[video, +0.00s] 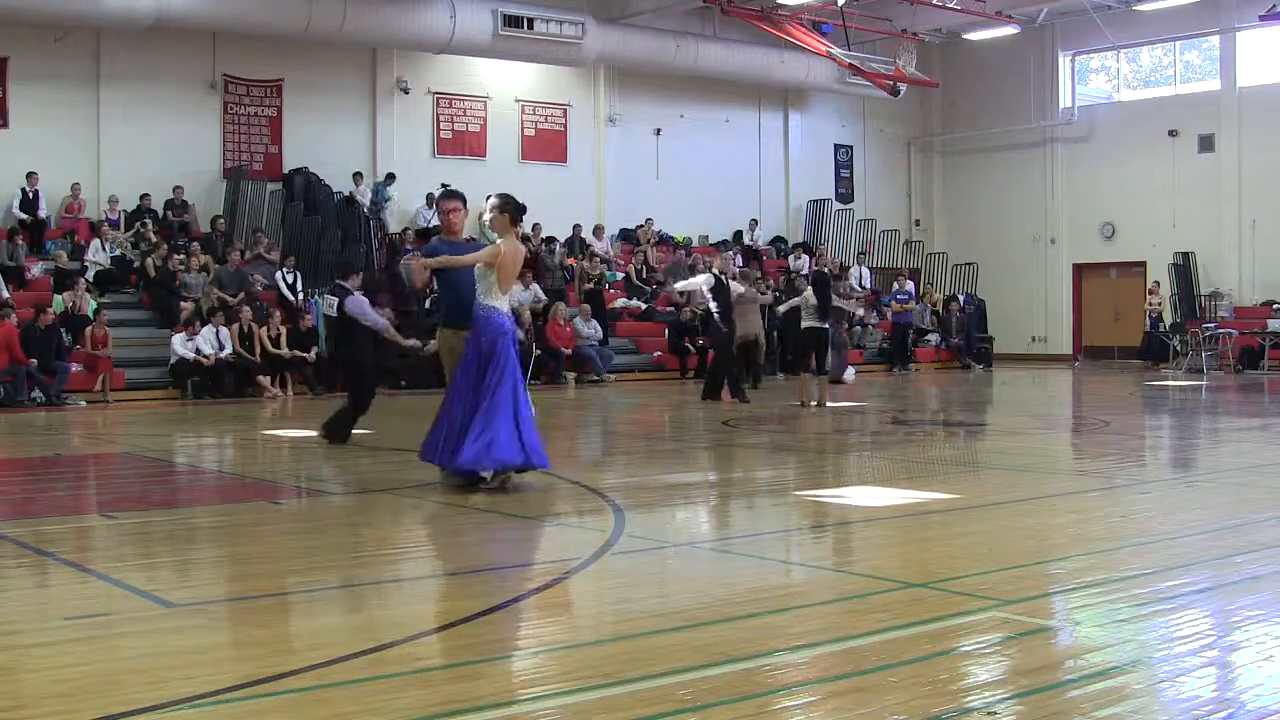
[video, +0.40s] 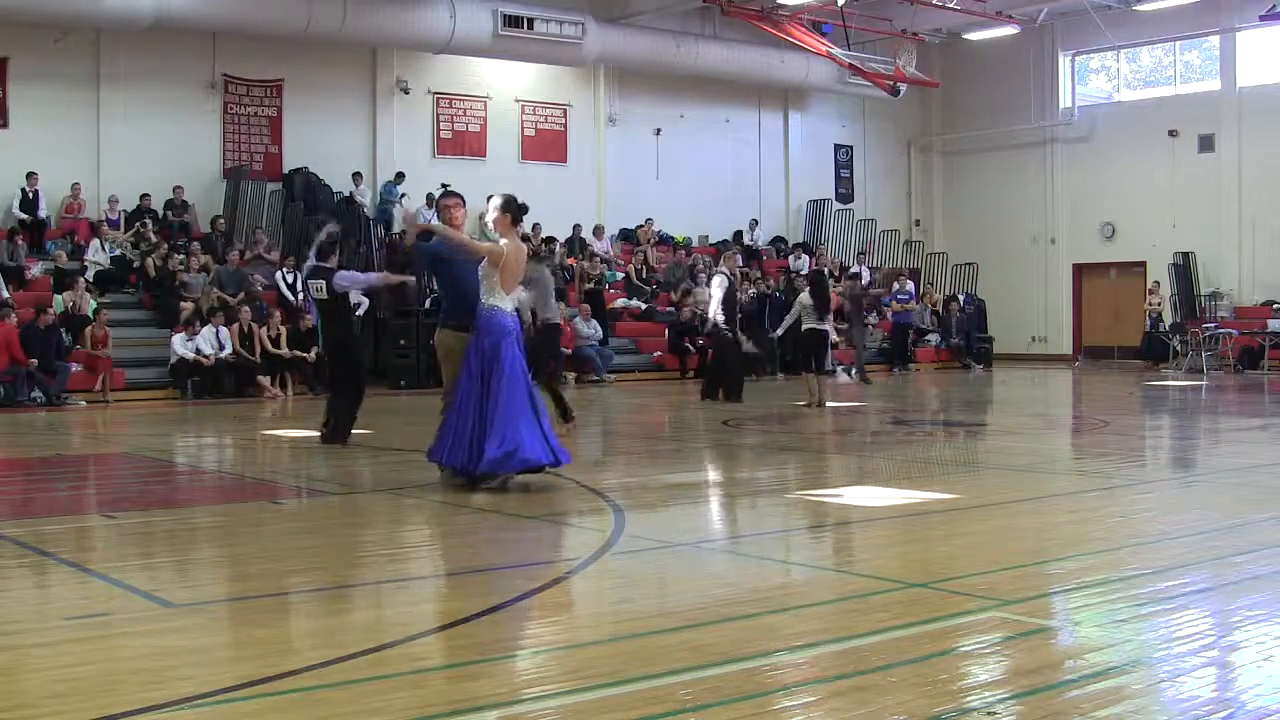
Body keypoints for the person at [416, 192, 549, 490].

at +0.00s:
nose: (485, 216)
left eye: (490, 212)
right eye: (486, 211)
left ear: (505, 217)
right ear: (511, 218)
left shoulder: (498, 249)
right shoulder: (519, 249)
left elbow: (458, 260)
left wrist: (426, 262)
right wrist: (435, 260)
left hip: (488, 324)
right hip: (503, 323)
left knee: (484, 392)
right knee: (498, 391)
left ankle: (493, 458)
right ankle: (500, 456)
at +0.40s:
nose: (486, 216)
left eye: (490, 211)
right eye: (488, 211)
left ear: (505, 216)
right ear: (511, 218)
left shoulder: (499, 249)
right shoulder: (521, 249)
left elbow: (464, 241)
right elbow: (477, 248)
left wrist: (432, 226)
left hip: (492, 321)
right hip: (510, 320)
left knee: (491, 390)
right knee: (508, 389)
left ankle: (492, 456)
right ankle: (507, 452)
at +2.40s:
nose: (494, 216)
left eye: (498, 212)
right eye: (496, 212)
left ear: (509, 219)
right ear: (520, 219)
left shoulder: (502, 250)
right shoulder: (531, 249)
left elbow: (464, 228)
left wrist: (438, 195)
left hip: (496, 322)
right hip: (517, 322)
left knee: (493, 393)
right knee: (510, 393)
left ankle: (493, 463)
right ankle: (504, 462)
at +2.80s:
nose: (499, 226)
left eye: (501, 221)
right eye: (500, 221)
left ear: (513, 222)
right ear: (520, 223)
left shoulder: (505, 251)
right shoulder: (535, 252)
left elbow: (467, 246)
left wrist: (438, 233)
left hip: (499, 325)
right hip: (520, 325)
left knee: (489, 391)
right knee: (512, 394)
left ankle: (485, 461)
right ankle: (506, 461)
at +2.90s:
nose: (496, 227)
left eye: (500, 222)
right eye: (498, 221)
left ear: (512, 224)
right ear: (521, 224)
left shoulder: (503, 253)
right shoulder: (533, 252)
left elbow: (456, 259)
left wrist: (427, 245)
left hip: (500, 328)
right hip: (520, 328)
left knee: (463, 382)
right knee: (510, 394)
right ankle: (505, 460)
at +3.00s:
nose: (494, 231)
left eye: (497, 225)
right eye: (495, 225)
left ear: (509, 227)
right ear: (514, 227)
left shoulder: (503, 257)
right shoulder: (528, 254)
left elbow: (457, 274)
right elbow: (520, 285)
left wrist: (430, 251)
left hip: (500, 330)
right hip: (518, 328)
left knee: (460, 381)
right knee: (512, 394)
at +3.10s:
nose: (487, 226)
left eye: (492, 222)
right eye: (488, 222)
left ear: (506, 226)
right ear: (506, 227)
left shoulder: (505, 258)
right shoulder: (511, 255)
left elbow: (461, 261)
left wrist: (432, 233)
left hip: (500, 335)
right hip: (505, 332)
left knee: (458, 392)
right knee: (506, 399)